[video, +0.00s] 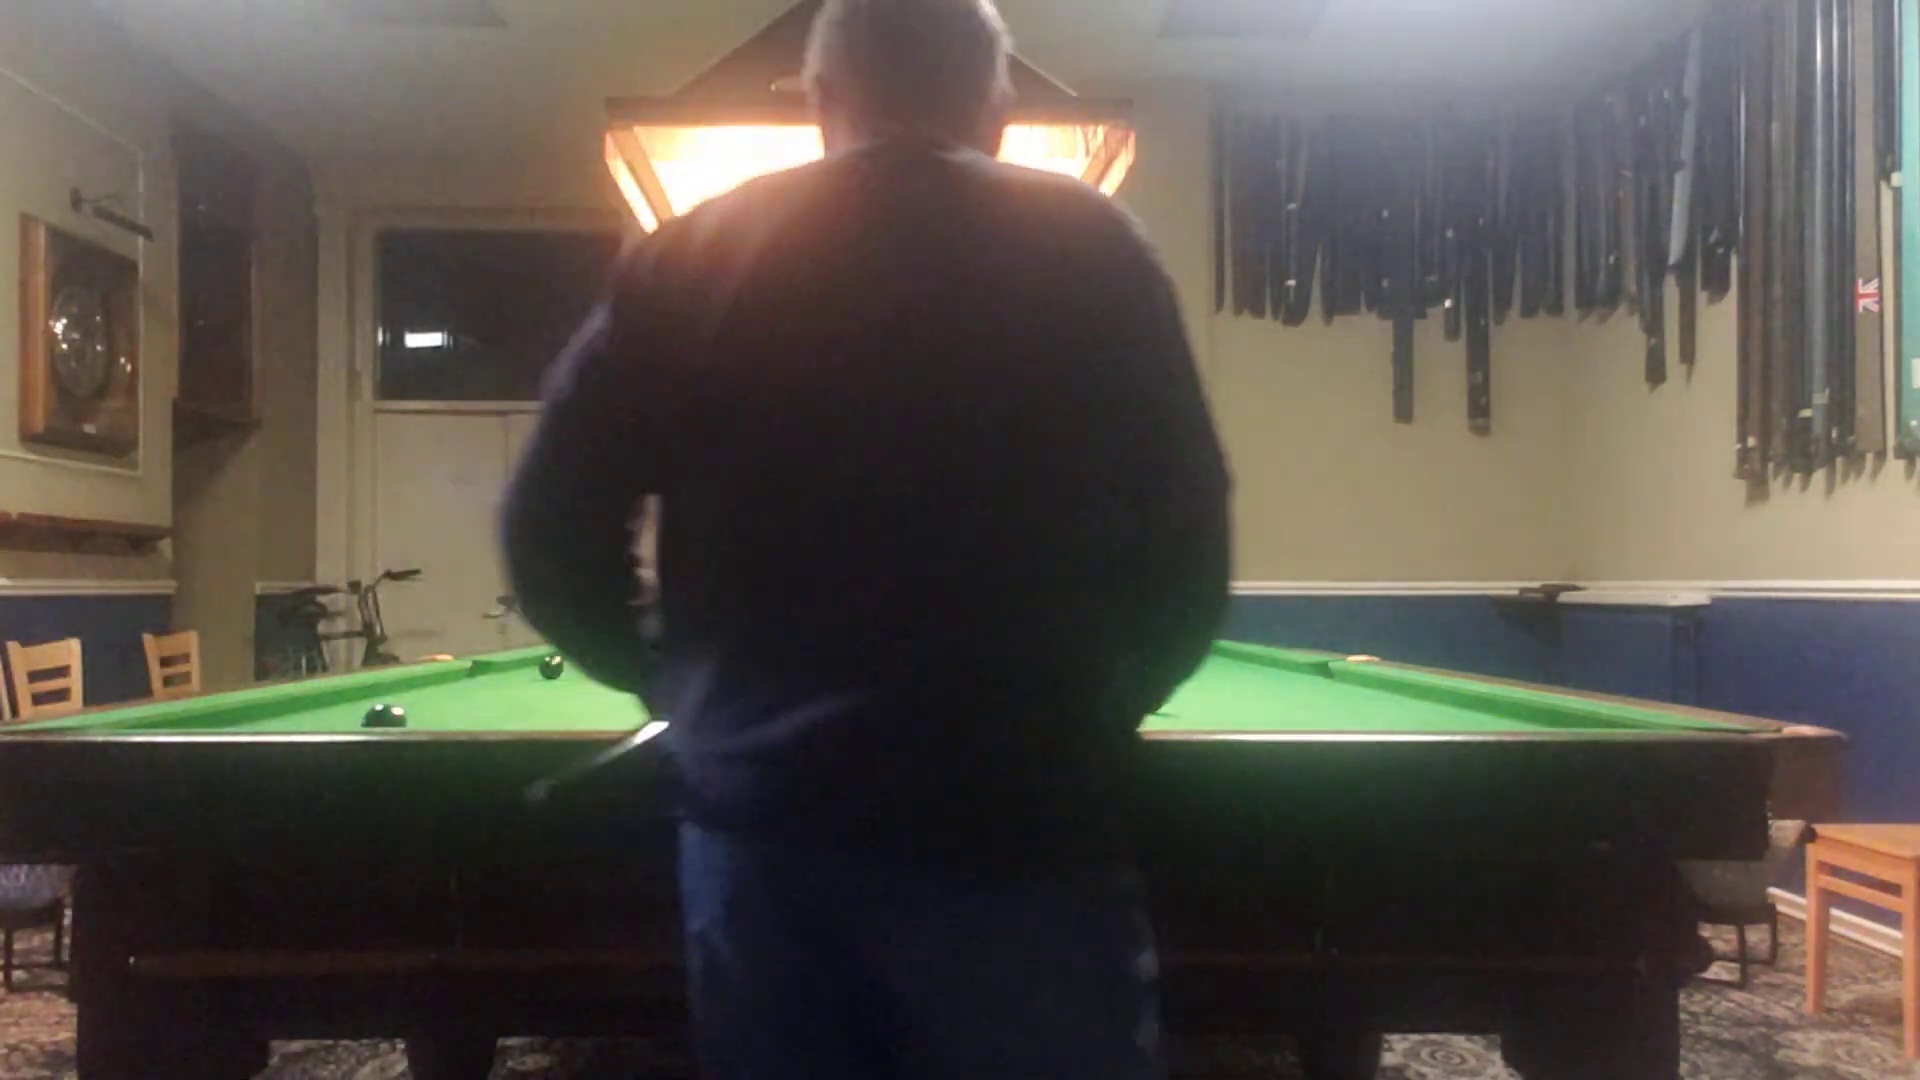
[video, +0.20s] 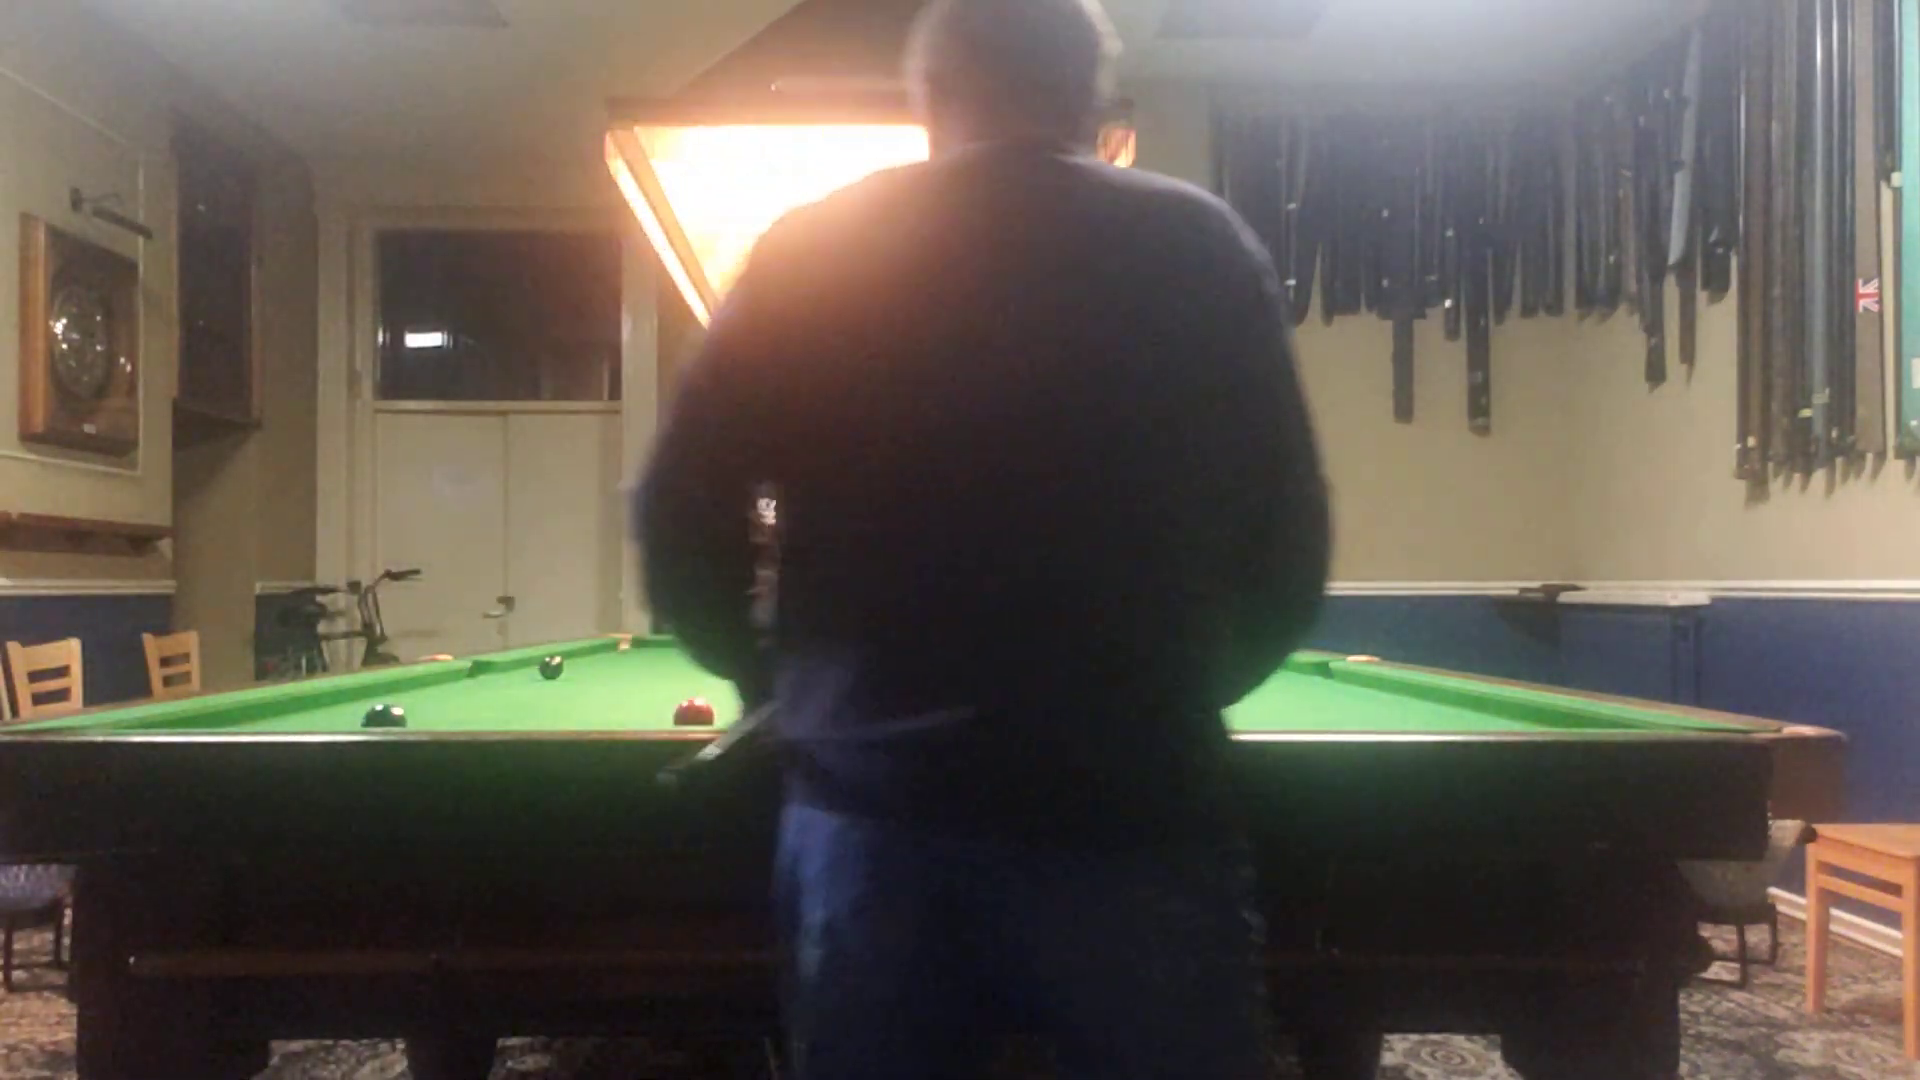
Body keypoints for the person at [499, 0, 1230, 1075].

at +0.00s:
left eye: (816, 98)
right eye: (1006, 93)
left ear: (817, 100)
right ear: (998, 103)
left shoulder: (695, 256)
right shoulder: (1094, 249)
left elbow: (550, 536)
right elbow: (1187, 573)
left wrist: (683, 685)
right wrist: (1076, 708)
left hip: (760, 834)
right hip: (1027, 831)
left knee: (779, 1070)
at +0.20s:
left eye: (931, 98)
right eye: (1104, 99)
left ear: (927, 101)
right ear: (1094, 105)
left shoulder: (814, 246)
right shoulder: (1198, 242)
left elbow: (679, 508)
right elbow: (1286, 566)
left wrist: (772, 673)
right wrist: (1152, 691)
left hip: (869, 820)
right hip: (1136, 820)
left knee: (869, 1070)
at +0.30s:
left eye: (999, 106)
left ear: (993, 107)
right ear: (1153, 108)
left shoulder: (901, 250)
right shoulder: (1266, 255)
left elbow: (764, 548)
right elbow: (1340, 575)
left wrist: (837, 686)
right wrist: (1222, 704)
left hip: (950, 836)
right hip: (1208, 836)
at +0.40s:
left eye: (1070, 106)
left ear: (1071, 108)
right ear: (1230, 111)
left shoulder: (1000, 240)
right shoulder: (1344, 260)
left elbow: (876, 521)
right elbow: (1389, 556)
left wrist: (895, 685)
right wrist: (1313, 711)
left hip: (1045, 822)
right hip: (1293, 821)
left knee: (1021, 1068)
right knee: (1293, 1072)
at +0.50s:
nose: (1100, 124)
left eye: (1104, 103)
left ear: (1128, 100)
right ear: (1286, 106)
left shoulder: (1079, 228)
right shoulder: (1400, 250)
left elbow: (987, 491)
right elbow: (1419, 503)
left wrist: (958, 691)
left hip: (1143, 786)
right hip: (1383, 785)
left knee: (1086, 1062)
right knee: (1376, 1068)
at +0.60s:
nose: (1124, 130)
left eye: (1127, 106)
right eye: (1126, 109)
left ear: (1157, 97)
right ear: (1317, 99)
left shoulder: (1129, 223)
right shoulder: (1427, 241)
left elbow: (1065, 484)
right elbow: (1470, 519)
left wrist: (1016, 699)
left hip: (1212, 771)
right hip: (1442, 770)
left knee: (1158, 1058)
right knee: (1412, 1064)